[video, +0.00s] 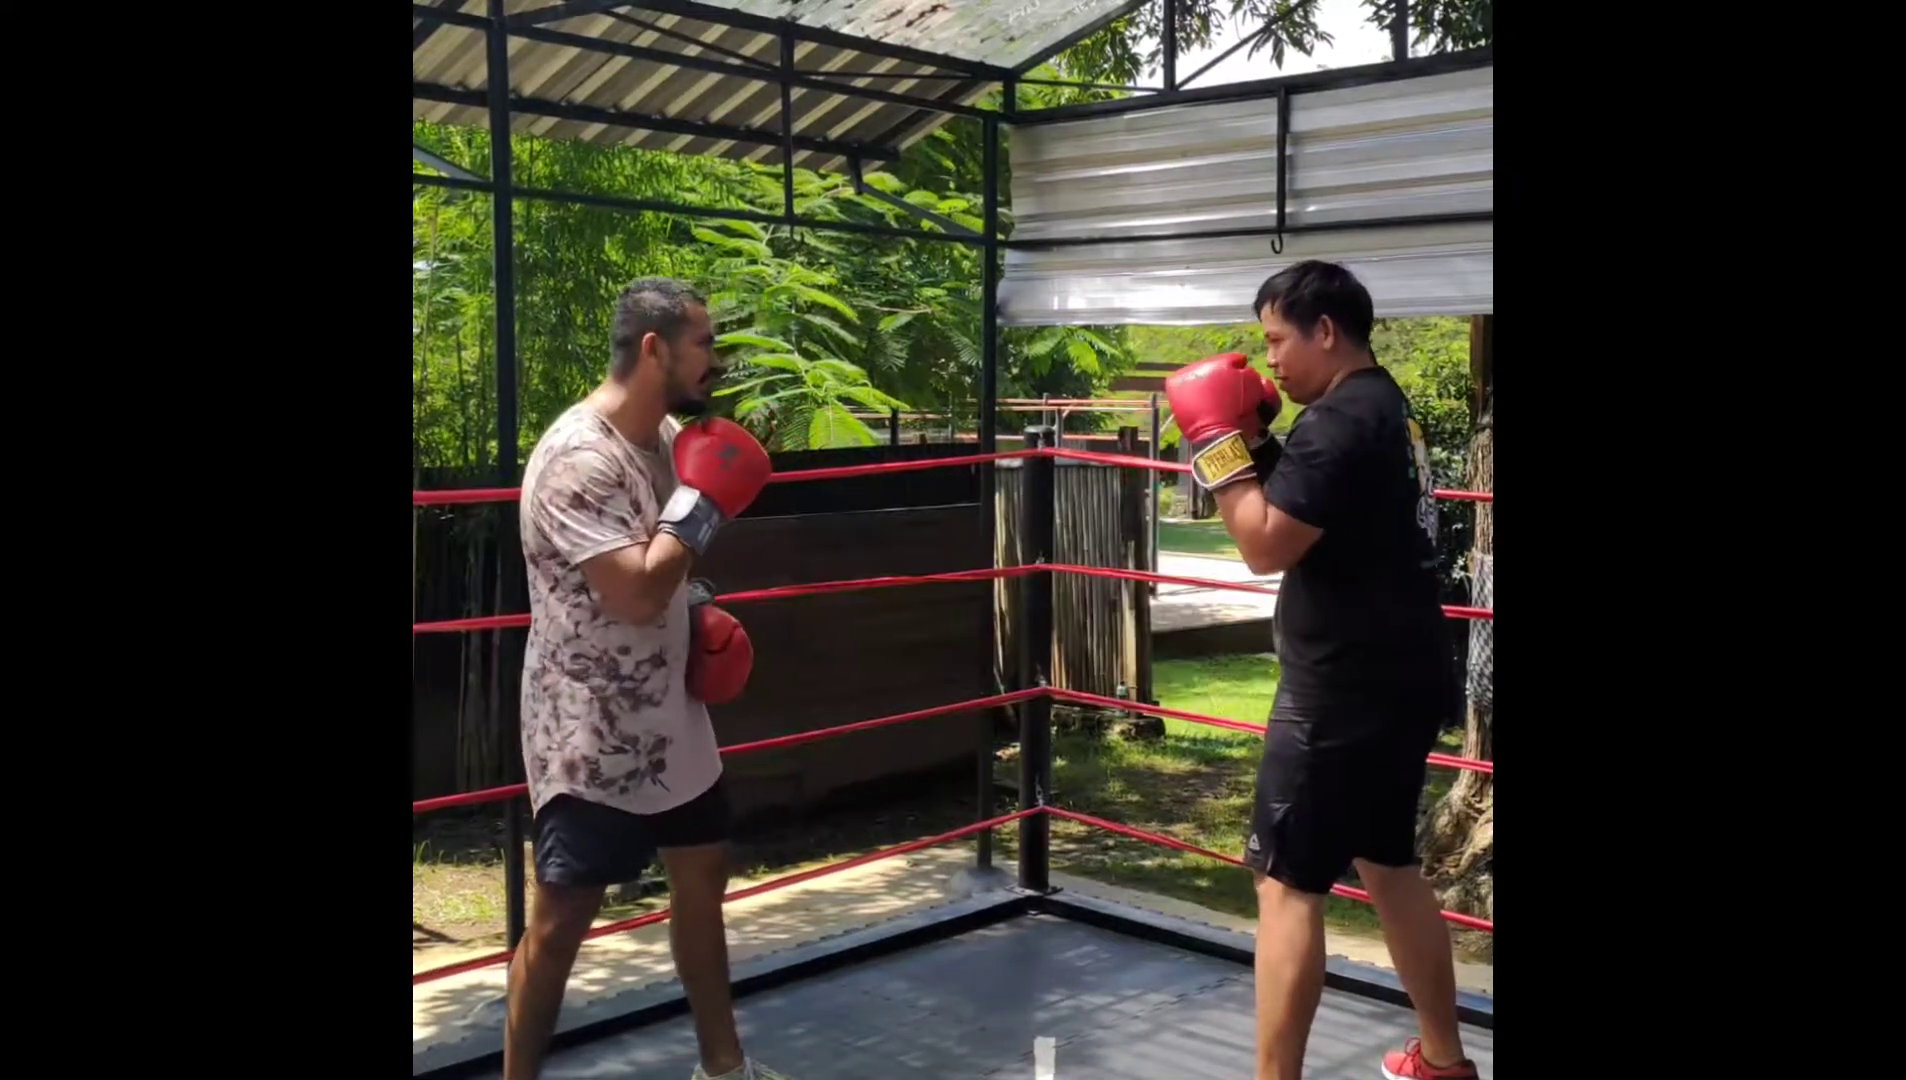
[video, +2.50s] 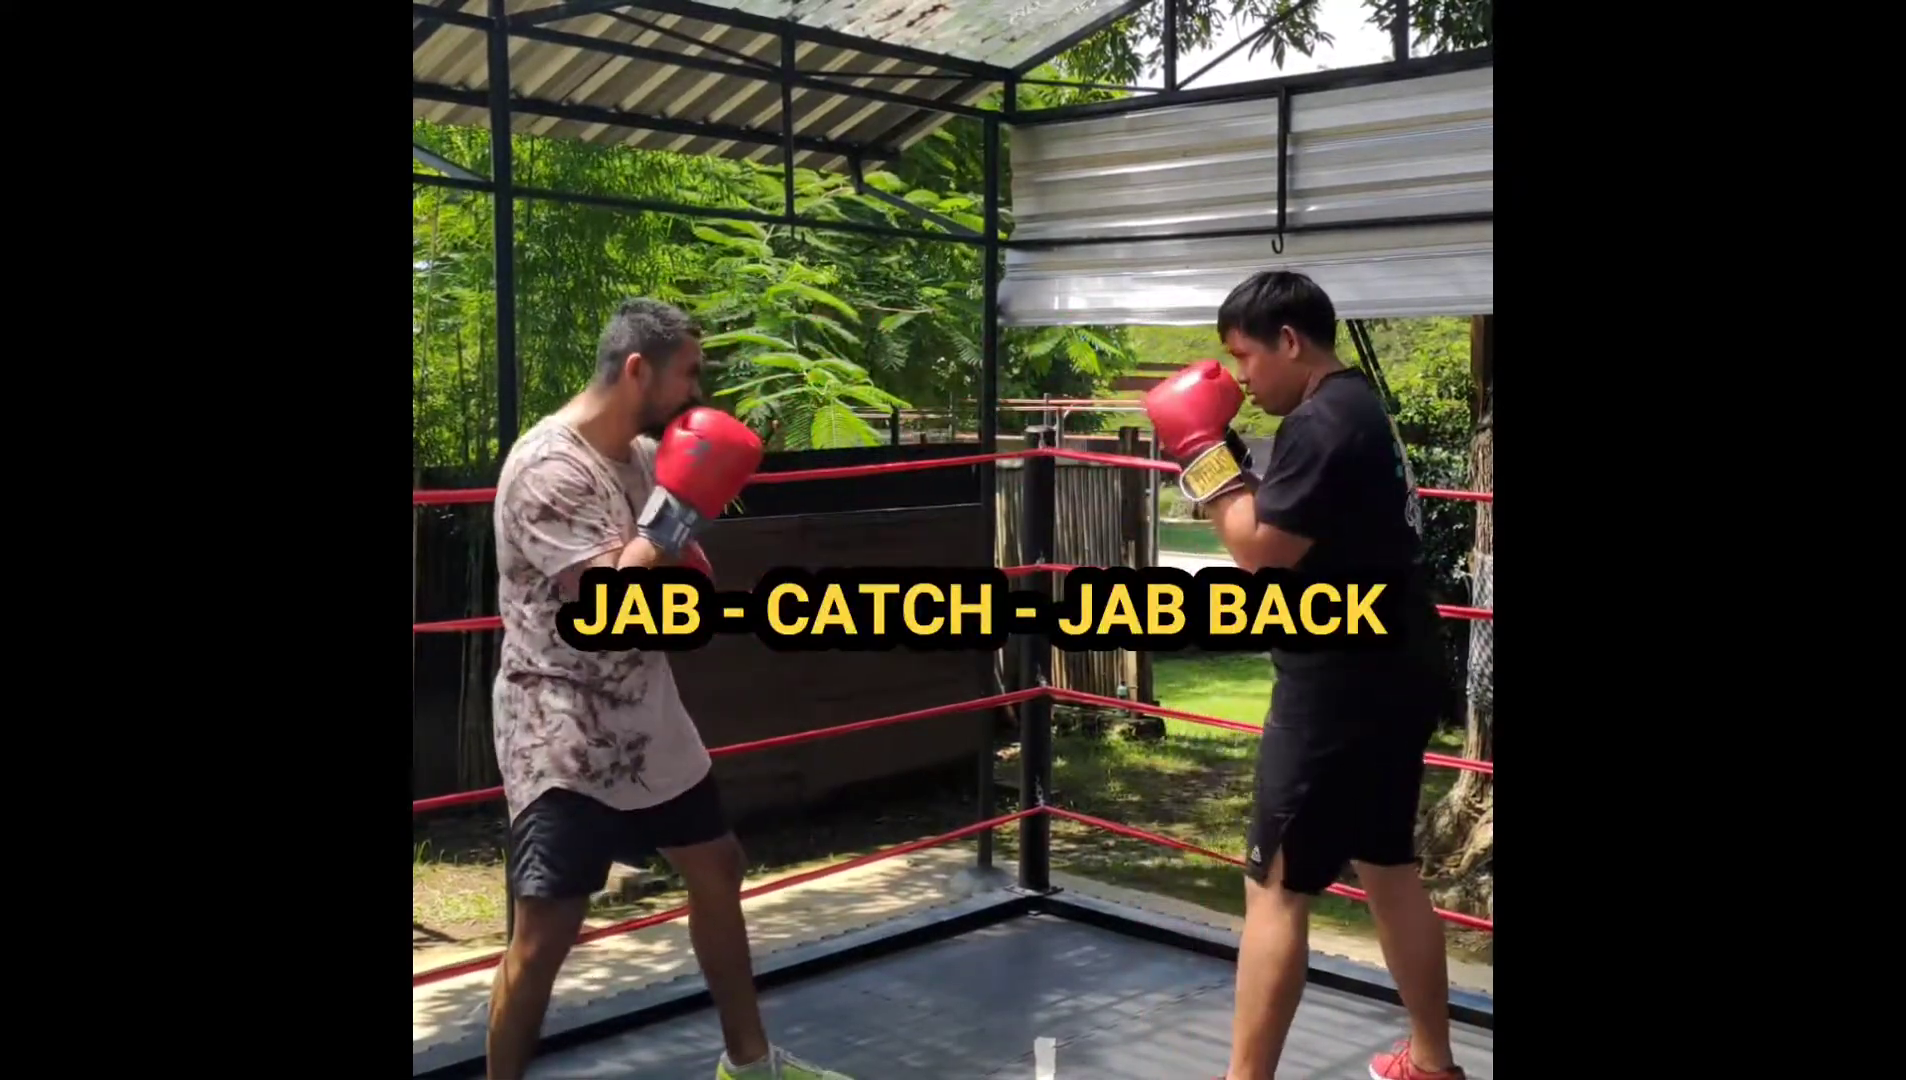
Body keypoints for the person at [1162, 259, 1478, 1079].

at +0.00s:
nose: (1268, 360)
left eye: (1276, 341)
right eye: (1265, 343)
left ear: (1327, 334)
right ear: (1337, 338)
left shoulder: (1342, 420)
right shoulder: (1373, 403)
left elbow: (1265, 546)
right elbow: (1298, 515)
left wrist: (1219, 450)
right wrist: (1251, 443)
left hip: (1337, 687)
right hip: (1397, 680)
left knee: (1286, 880)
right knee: (1390, 862)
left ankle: (1275, 1072)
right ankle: (1444, 1055)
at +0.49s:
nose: (1254, 369)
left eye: (1256, 349)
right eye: (1248, 354)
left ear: (1305, 334)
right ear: (1320, 334)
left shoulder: (1328, 418)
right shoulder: (1367, 403)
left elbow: (1221, 520)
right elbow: (1272, 500)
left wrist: (1191, 419)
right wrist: (1238, 427)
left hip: (1328, 676)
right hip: (1393, 672)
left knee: (1278, 882)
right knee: (1390, 864)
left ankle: (1274, 1073)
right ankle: (1445, 1056)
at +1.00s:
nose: (1245, 379)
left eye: (1247, 361)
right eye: (1241, 365)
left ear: (1291, 347)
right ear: (1319, 345)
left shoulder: (1302, 416)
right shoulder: (1379, 403)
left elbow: (1175, 468)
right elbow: (1327, 479)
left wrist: (1122, 393)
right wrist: (1243, 437)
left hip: (1347, 674)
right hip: (1434, 670)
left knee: (1285, 886)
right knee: (1410, 861)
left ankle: (1276, 1073)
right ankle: (1465, 1052)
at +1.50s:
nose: (1229, 390)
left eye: (1233, 372)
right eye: (1226, 374)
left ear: (1276, 361)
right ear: (1293, 358)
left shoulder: (1313, 436)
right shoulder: (1352, 420)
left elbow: (1271, 558)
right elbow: (1303, 534)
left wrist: (1199, 487)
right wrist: (1237, 466)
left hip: (1325, 688)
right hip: (1391, 689)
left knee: (1217, 871)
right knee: (1392, 870)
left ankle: (1213, 1071)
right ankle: (1461, 1057)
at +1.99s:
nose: (1169, 360)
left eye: (1170, 344)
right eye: (1165, 347)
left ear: (1205, 332)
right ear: (1259, 328)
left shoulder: (1197, 398)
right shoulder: (1336, 401)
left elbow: (1052, 458)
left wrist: (956, 424)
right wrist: (1139, 428)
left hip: (1230, 686)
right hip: (1339, 680)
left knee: (1180, 879)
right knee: (1361, 854)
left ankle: (1180, 1069)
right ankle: (1428, 1028)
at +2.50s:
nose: (1238, 377)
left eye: (1241, 358)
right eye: (1232, 363)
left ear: (1292, 342)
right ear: (1301, 344)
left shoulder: (1326, 420)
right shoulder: (1351, 405)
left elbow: (1260, 547)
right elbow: (1268, 528)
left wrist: (1204, 452)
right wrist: (1219, 449)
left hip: (1331, 686)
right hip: (1388, 683)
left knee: (1275, 888)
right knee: (1391, 871)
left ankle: (1247, 1072)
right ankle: (1433, 1058)